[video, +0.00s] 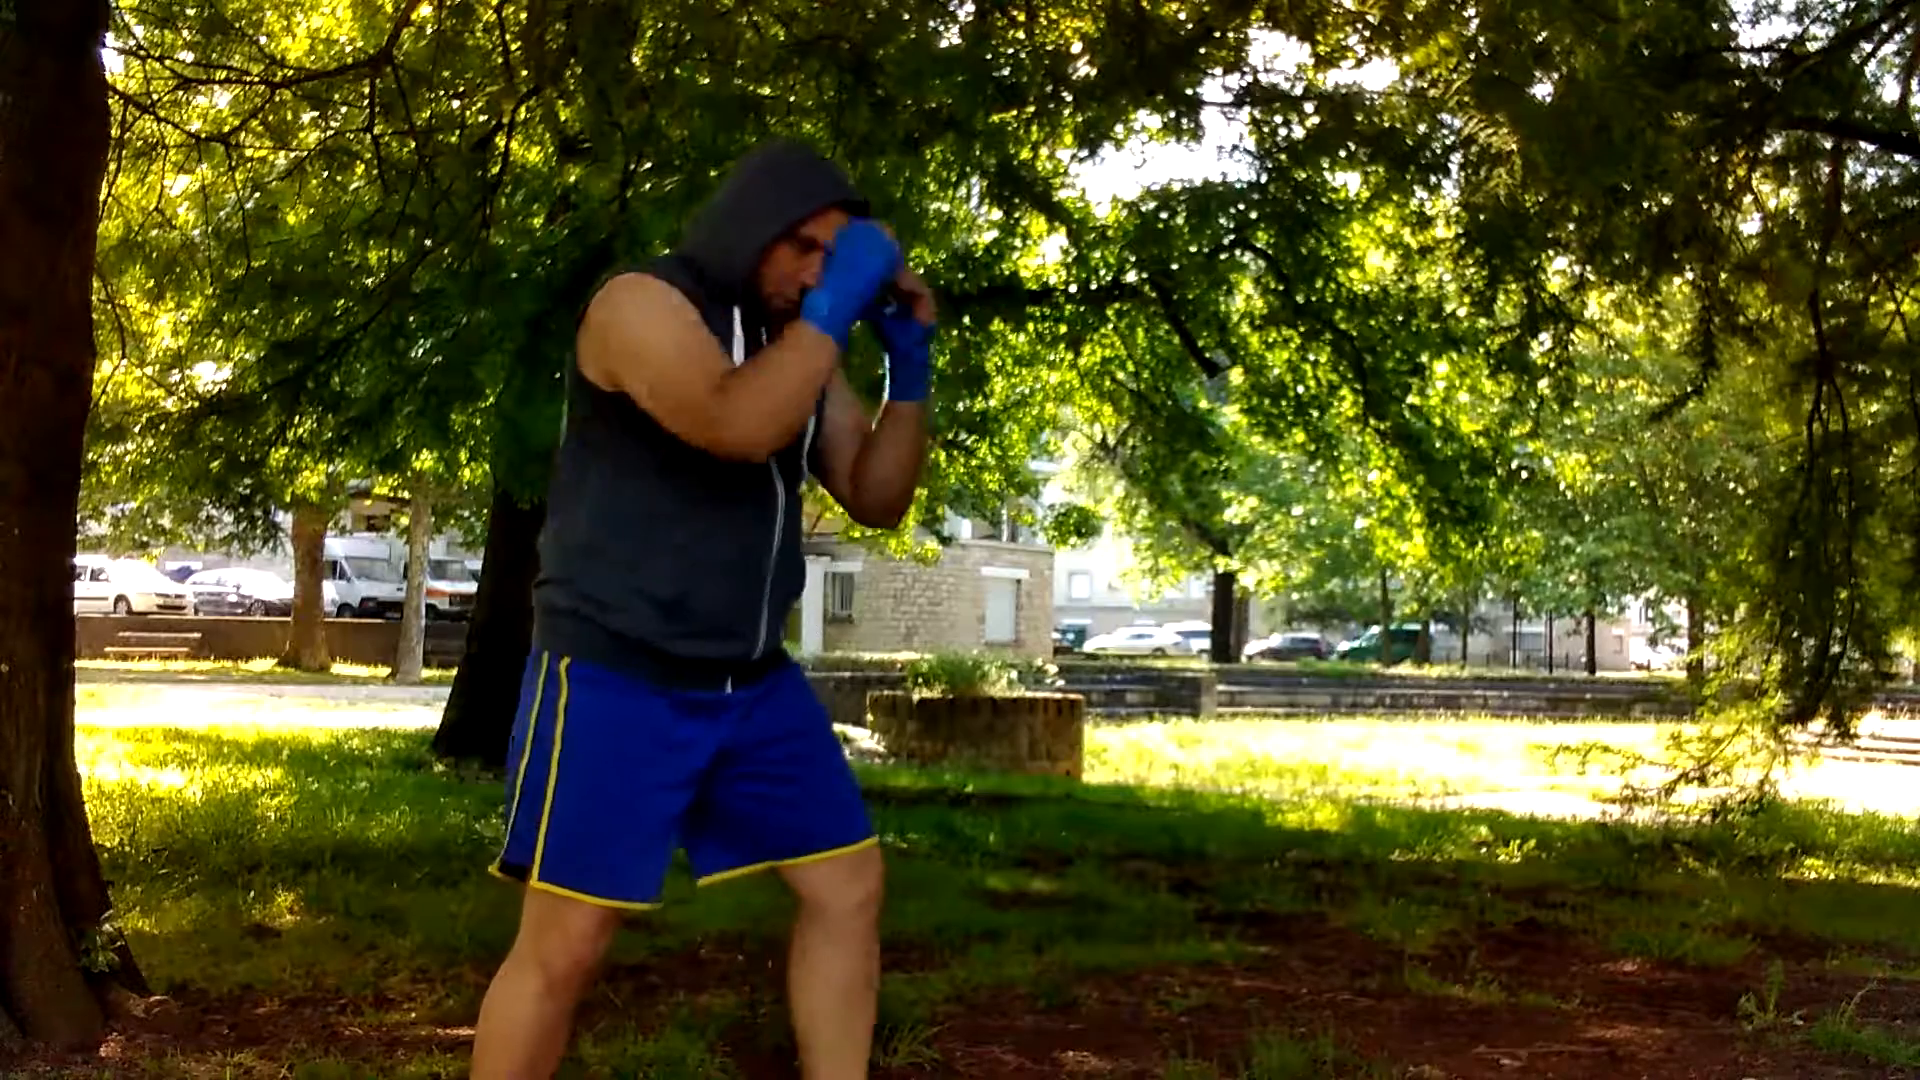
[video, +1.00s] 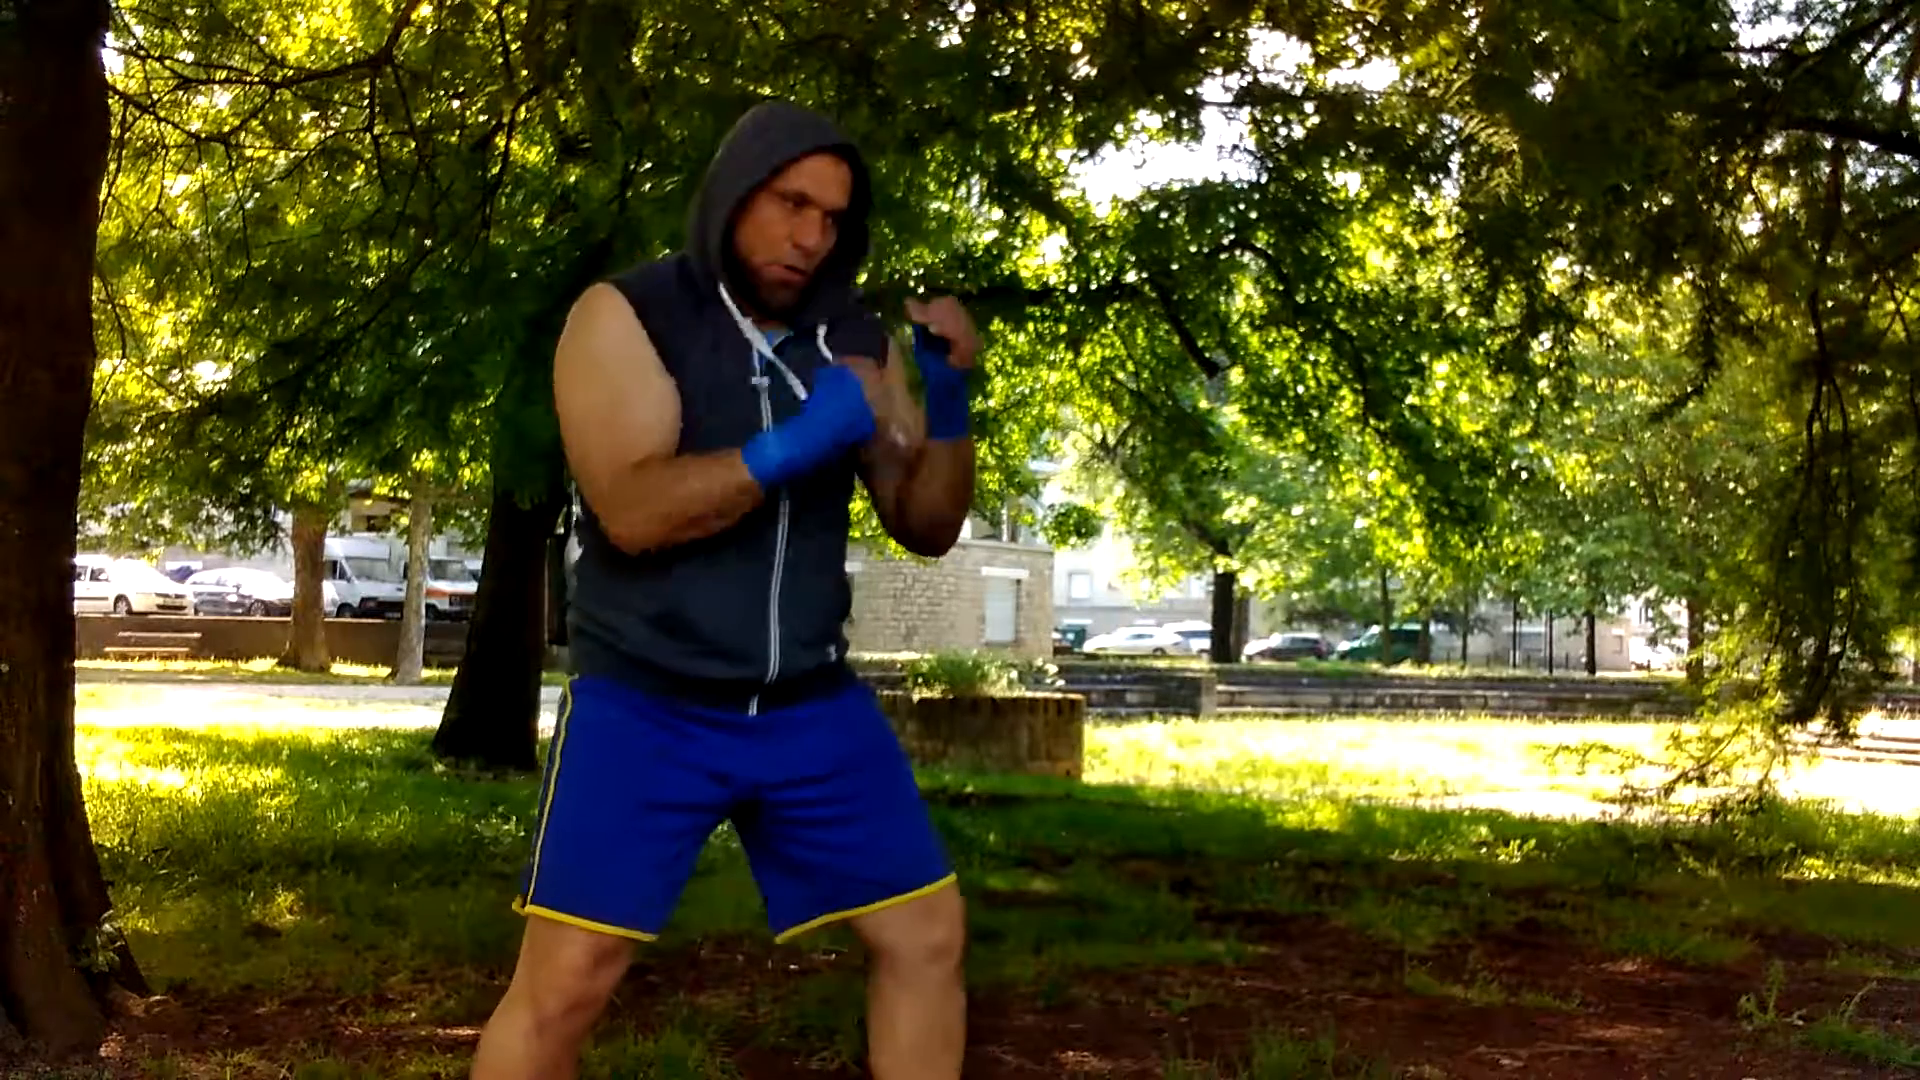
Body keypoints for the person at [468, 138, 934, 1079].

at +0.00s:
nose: (818, 277)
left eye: (831, 259)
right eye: (804, 248)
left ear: (837, 262)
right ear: (746, 231)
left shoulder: (796, 352)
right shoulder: (634, 305)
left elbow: (876, 498)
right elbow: (739, 424)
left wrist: (910, 363)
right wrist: (836, 306)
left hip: (750, 677)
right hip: (611, 675)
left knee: (845, 880)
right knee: (563, 943)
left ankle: (837, 1074)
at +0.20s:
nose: (850, 285)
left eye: (866, 267)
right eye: (834, 254)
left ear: (870, 276)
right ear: (773, 238)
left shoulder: (838, 373)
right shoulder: (649, 303)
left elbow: (911, 516)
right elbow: (754, 395)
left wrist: (948, 361)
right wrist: (892, 272)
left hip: (781, 695)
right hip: (628, 688)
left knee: (854, 921)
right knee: (567, 947)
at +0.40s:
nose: (790, 256)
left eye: (808, 239)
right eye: (773, 226)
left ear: (819, 250)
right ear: (715, 213)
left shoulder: (818, 347)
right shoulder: (590, 328)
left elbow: (892, 522)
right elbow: (603, 516)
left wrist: (923, 402)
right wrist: (762, 451)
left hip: (776, 706)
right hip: (613, 704)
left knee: (879, 918)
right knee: (548, 967)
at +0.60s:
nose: (800, 239)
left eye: (818, 220)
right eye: (779, 210)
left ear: (832, 227)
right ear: (719, 199)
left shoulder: (813, 341)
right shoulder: (614, 289)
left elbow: (900, 497)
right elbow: (745, 361)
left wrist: (899, 338)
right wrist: (888, 262)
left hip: (791, 688)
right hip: (630, 691)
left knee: (887, 918)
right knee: (560, 972)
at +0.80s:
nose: (856, 247)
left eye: (877, 230)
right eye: (835, 218)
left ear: (893, 247)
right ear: (781, 215)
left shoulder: (879, 357)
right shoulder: (661, 311)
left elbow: (951, 522)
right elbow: (701, 475)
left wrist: (961, 348)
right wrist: (835, 329)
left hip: (824, 712)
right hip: (656, 705)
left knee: (909, 947)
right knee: (571, 970)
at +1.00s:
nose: (813, 236)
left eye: (832, 217)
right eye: (793, 205)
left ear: (844, 230)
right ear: (731, 196)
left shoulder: (847, 333)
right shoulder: (620, 316)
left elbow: (927, 527)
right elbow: (633, 510)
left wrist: (953, 391)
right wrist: (804, 436)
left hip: (815, 705)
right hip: (644, 707)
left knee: (925, 935)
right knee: (563, 986)